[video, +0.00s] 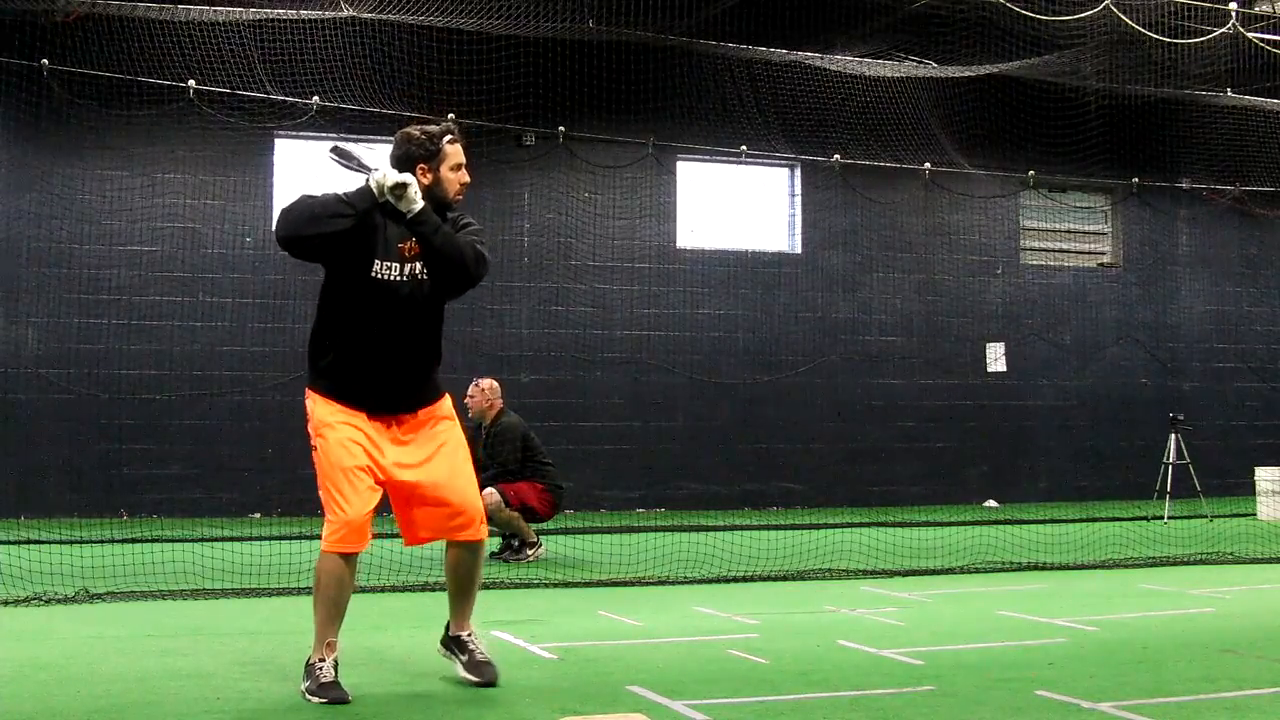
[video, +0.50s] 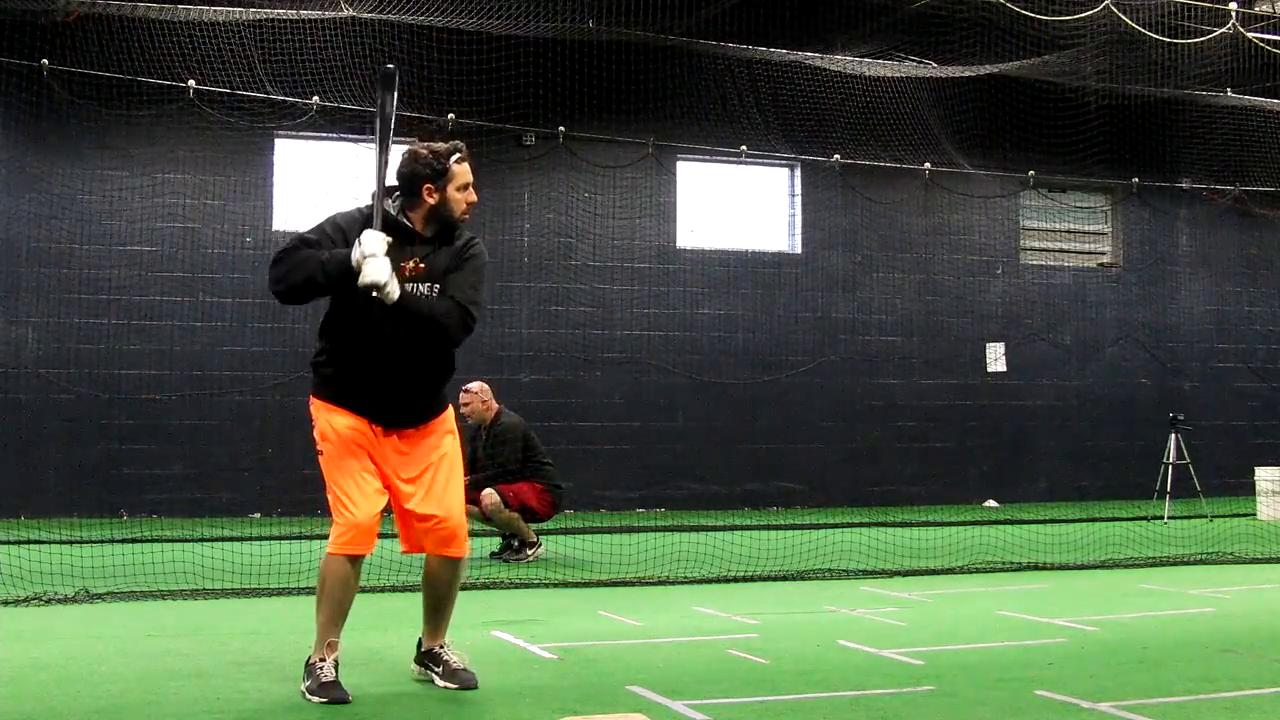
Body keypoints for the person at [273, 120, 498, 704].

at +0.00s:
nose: (465, 177)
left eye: (465, 167)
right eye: (457, 168)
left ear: (435, 172)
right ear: (423, 171)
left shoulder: (455, 231)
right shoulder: (358, 219)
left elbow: (466, 273)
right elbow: (288, 229)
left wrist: (417, 209)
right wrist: (368, 194)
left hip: (423, 405)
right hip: (344, 404)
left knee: (469, 520)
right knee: (349, 524)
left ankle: (460, 633)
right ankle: (323, 658)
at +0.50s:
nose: (474, 197)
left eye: (474, 186)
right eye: (465, 188)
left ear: (442, 191)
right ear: (430, 192)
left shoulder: (464, 249)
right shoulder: (361, 226)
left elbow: (457, 320)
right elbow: (283, 277)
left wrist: (399, 290)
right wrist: (351, 262)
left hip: (425, 417)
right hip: (348, 410)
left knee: (449, 532)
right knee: (357, 524)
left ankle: (433, 648)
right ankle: (322, 660)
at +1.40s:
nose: (550, 191)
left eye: (549, 183)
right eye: (548, 185)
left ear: (486, 186)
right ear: (529, 195)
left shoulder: (431, 228)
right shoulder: (536, 246)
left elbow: (369, 250)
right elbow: (492, 224)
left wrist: (417, 195)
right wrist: (451, 191)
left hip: (462, 414)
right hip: (459, 418)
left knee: (525, 524)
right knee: (446, 562)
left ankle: (561, 648)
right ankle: (310, 639)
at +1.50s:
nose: (547, 189)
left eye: (546, 180)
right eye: (545, 182)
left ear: (483, 186)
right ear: (525, 188)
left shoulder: (426, 232)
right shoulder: (537, 228)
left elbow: (366, 282)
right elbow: (476, 215)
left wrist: (390, 217)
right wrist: (411, 191)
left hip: (445, 412)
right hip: (463, 418)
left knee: (523, 526)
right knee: (444, 561)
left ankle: (562, 649)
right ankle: (306, 640)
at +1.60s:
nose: (546, 189)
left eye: (546, 180)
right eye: (544, 182)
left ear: (483, 186)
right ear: (523, 189)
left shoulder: (427, 233)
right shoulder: (536, 238)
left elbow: (378, 289)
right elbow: (486, 234)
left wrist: (410, 219)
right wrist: (436, 202)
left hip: (449, 414)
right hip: (458, 420)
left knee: (522, 523)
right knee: (448, 563)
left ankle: (563, 648)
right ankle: (306, 639)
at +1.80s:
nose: (544, 194)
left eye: (545, 184)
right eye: (542, 185)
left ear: (483, 185)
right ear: (517, 190)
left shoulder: (429, 230)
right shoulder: (527, 253)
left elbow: (407, 262)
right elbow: (545, 271)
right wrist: (527, 216)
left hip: (476, 418)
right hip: (450, 421)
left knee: (531, 523)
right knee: (443, 560)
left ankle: (564, 650)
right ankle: (304, 640)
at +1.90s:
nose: (547, 191)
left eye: (547, 181)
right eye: (543, 182)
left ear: (490, 182)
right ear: (517, 186)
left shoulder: (441, 221)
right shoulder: (520, 251)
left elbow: (484, 278)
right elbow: (561, 286)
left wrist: (542, 248)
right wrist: (574, 251)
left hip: (483, 417)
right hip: (450, 419)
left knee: (536, 523)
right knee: (440, 558)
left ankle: (564, 649)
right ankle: (305, 638)